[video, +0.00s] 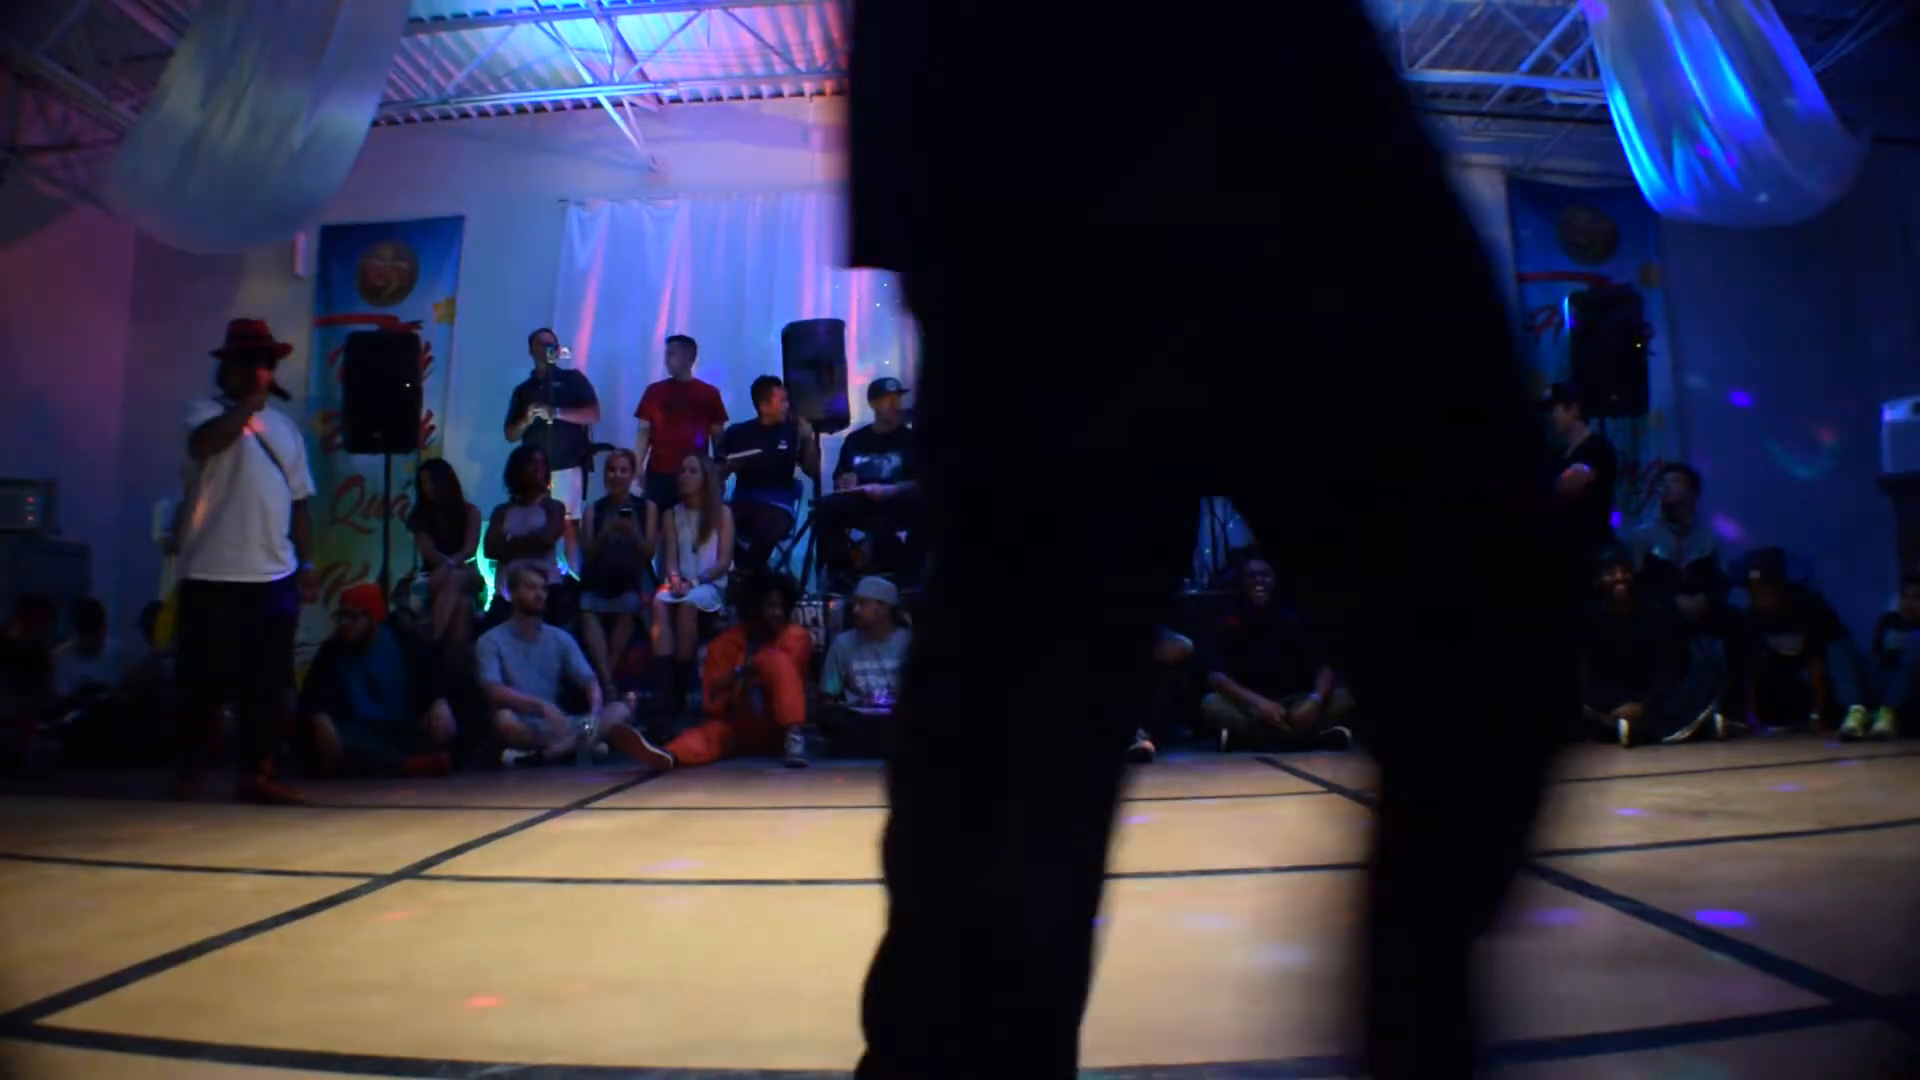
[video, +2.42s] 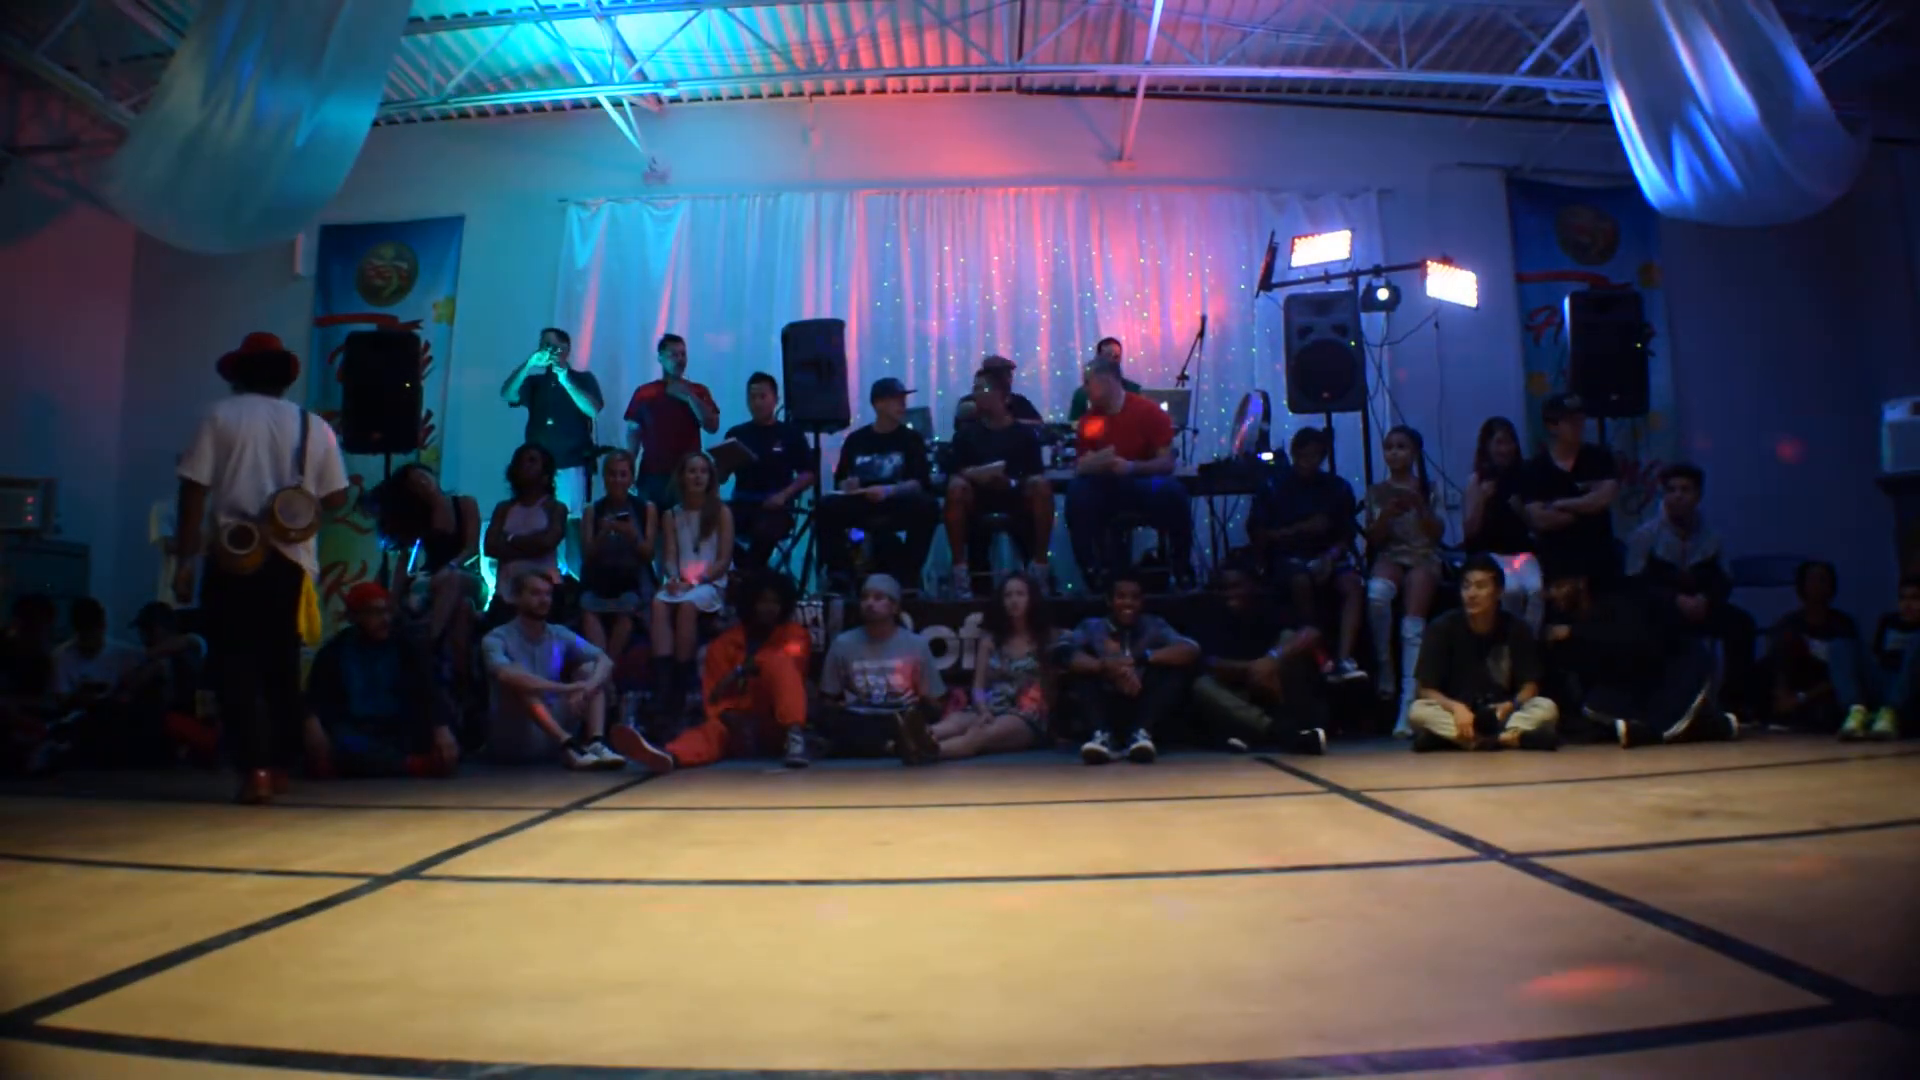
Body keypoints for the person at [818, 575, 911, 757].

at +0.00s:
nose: (856, 610)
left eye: (863, 604)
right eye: (856, 604)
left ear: (882, 608)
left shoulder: (906, 642)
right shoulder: (843, 644)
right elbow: (829, 697)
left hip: (897, 722)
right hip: (856, 721)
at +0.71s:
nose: (882, 605)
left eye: (889, 597)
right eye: (874, 598)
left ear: (897, 602)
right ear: (863, 604)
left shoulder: (916, 645)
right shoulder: (844, 644)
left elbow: (936, 701)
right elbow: (828, 695)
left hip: (903, 719)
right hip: (857, 719)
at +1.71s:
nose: (872, 604)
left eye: (880, 598)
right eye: (868, 597)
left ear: (897, 606)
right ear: (863, 602)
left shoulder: (916, 645)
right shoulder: (844, 644)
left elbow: (935, 702)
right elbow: (828, 699)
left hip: (903, 717)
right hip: (857, 718)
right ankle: (887, 746)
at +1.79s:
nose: (872, 604)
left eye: (881, 598)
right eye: (868, 597)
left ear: (897, 606)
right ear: (863, 602)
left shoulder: (916, 645)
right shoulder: (844, 644)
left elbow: (935, 704)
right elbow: (828, 701)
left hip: (904, 722)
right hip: (857, 723)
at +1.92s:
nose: (872, 604)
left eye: (880, 597)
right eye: (868, 597)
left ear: (897, 606)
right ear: (862, 601)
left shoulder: (916, 645)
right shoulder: (843, 644)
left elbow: (935, 702)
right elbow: (828, 699)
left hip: (903, 718)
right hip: (856, 720)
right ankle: (885, 746)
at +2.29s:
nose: (871, 604)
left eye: (880, 598)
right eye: (867, 597)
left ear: (896, 606)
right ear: (862, 602)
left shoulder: (916, 645)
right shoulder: (843, 644)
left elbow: (933, 699)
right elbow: (829, 699)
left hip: (904, 717)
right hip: (858, 718)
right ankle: (887, 746)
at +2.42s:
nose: (869, 604)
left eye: (878, 598)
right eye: (865, 598)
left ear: (894, 606)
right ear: (860, 602)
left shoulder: (916, 645)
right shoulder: (843, 645)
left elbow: (933, 703)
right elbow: (828, 700)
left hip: (905, 719)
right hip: (858, 721)